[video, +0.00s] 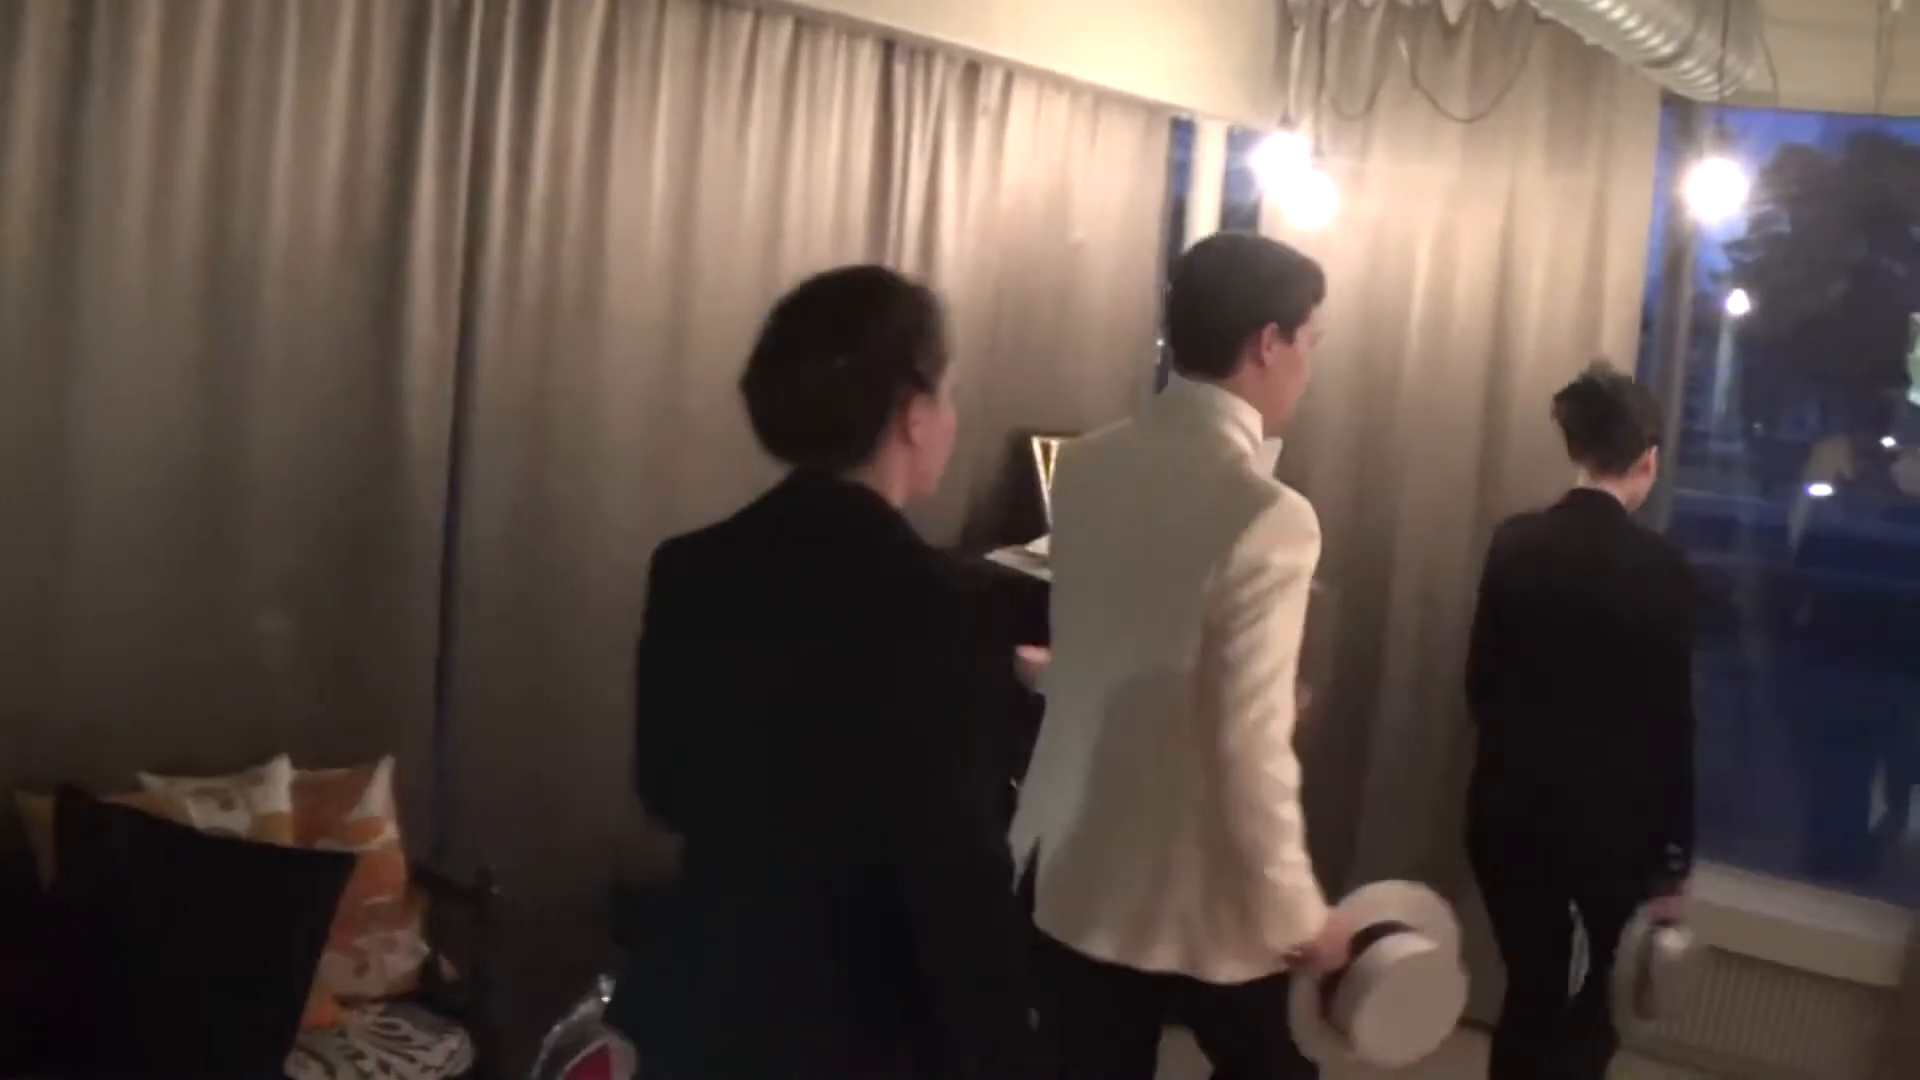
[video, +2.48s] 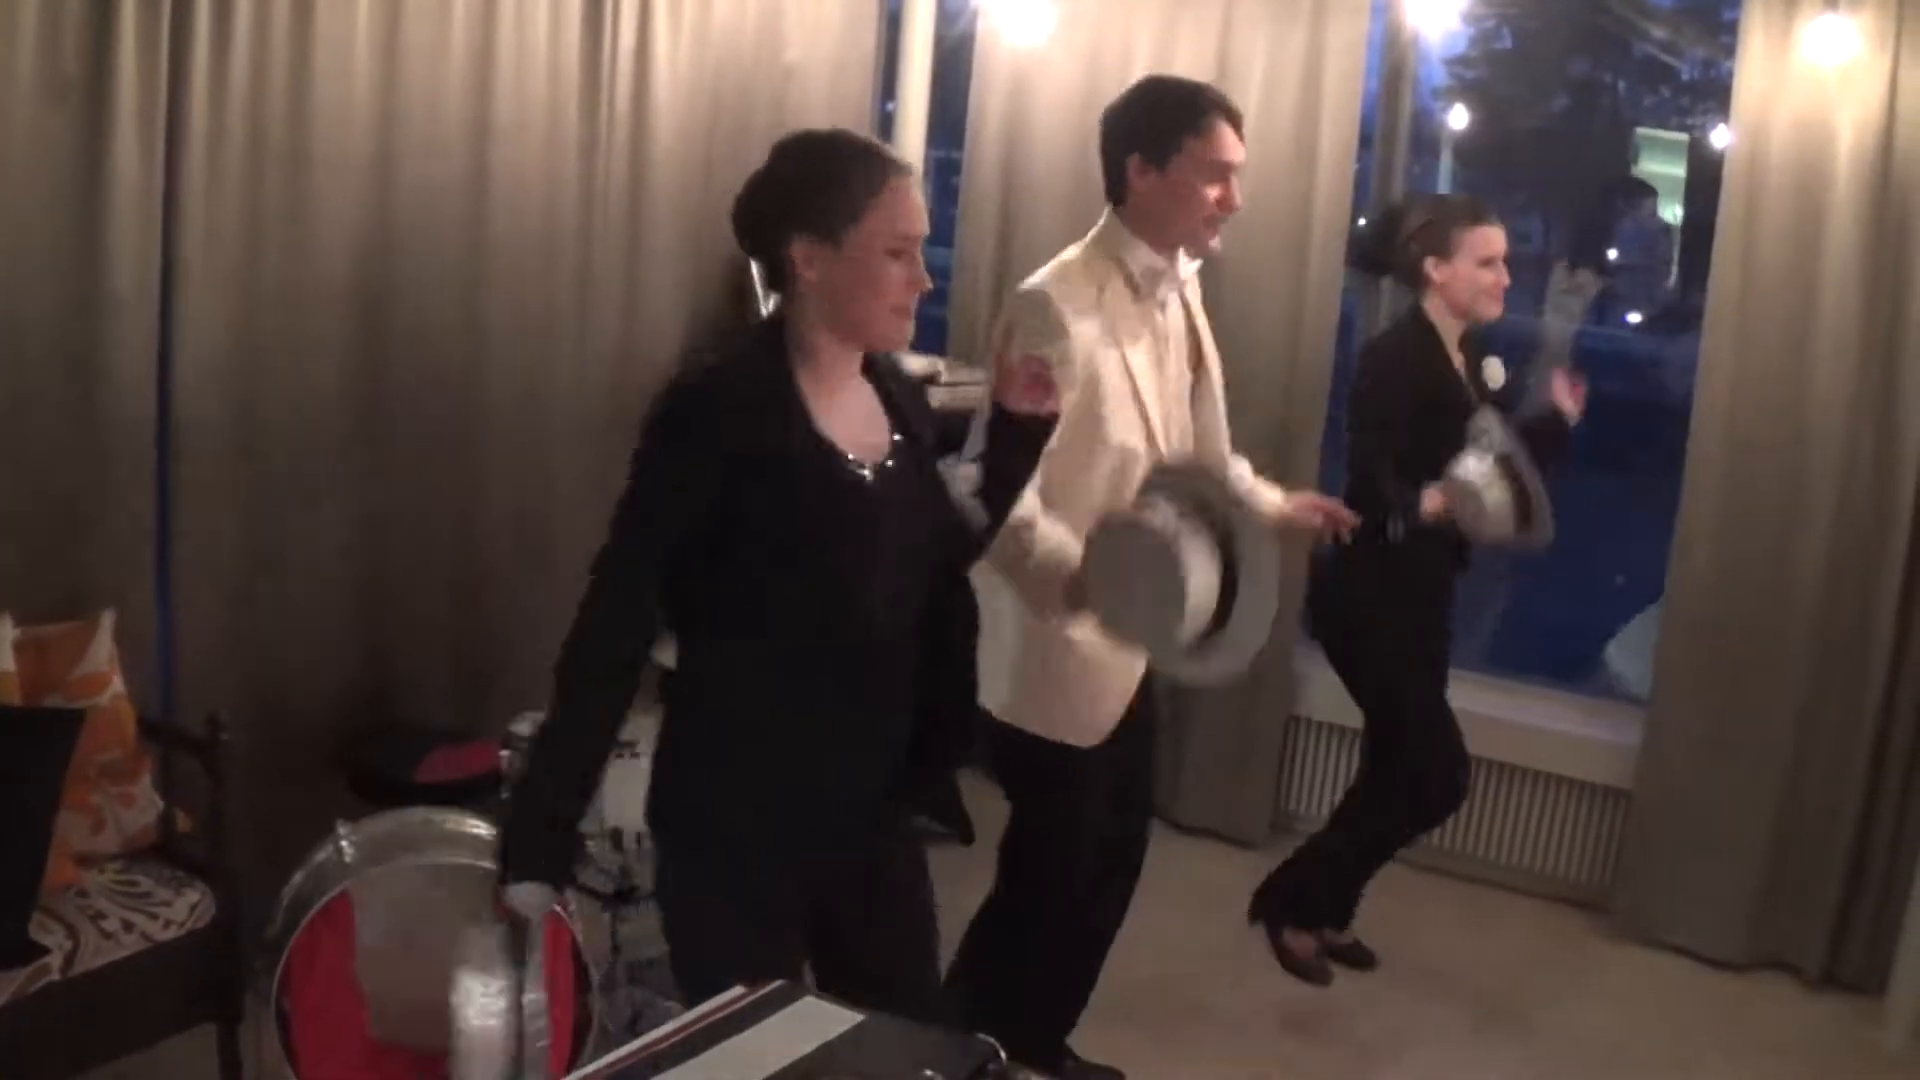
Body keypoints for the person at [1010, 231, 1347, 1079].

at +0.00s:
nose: (1308, 367)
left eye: (1312, 342)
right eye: (1308, 341)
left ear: (1184, 328)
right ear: (1267, 344)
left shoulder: (1082, 470)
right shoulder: (1266, 517)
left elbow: (1076, 659)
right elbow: (1252, 740)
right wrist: (1302, 918)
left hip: (1071, 879)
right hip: (1205, 902)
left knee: (1090, 1067)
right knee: (1267, 1066)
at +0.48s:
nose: (1414, 390)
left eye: (1412, 368)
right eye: (1403, 367)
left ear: (1322, 369)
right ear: (1343, 373)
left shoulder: (1203, 477)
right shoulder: (1354, 513)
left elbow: (1186, 642)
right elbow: (1375, 689)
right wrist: (1455, 812)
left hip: (1209, 805)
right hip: (1310, 834)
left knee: (1238, 1031)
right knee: (1280, 1043)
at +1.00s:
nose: (1379, 352)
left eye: (1381, 330)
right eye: (1359, 329)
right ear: (1291, 334)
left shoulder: (1325, 443)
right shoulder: (1231, 461)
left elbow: (1360, 584)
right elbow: (1181, 648)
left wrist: (1460, 667)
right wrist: (1271, 784)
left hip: (1287, 780)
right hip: (1222, 788)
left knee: (1253, 978)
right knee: (1254, 981)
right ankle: (1165, 1076)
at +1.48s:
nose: (1223, 246)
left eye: (1226, 224)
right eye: (1203, 222)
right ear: (1129, 226)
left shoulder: (1172, 358)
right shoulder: (1047, 361)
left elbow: (1191, 530)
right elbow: (990, 543)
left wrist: (1291, 607)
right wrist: (1073, 631)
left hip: (1137, 706)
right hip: (1035, 717)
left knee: (1240, 865)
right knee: (1035, 945)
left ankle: (1092, 1067)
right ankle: (972, 1079)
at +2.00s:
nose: (1208, 212)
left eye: (1211, 190)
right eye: (1190, 186)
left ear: (1134, 192)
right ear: (1116, 185)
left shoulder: (1128, 322)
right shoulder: (1037, 308)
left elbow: (1137, 511)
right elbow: (970, 483)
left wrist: (1264, 565)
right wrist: (1064, 579)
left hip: (1100, 672)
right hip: (1019, 683)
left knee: (1221, 827)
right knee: (1013, 943)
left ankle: (1071, 1056)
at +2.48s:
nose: (1231, 200)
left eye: (1236, 178)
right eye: (1214, 175)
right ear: (1139, 172)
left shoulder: (1179, 291)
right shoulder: (1051, 302)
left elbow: (1199, 451)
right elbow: (991, 481)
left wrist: (1282, 505)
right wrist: (1070, 582)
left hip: (1134, 639)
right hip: (1053, 645)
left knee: (1114, 854)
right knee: (1053, 861)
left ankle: (1039, 1037)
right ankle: (968, 1031)